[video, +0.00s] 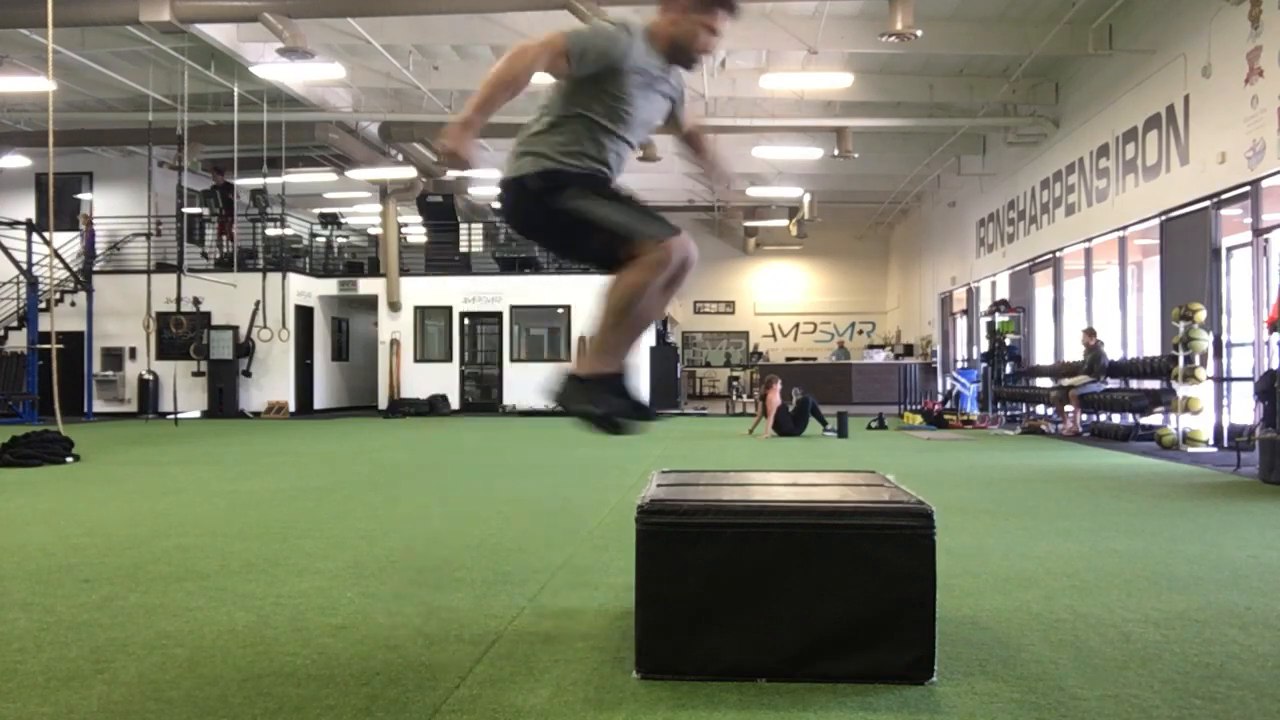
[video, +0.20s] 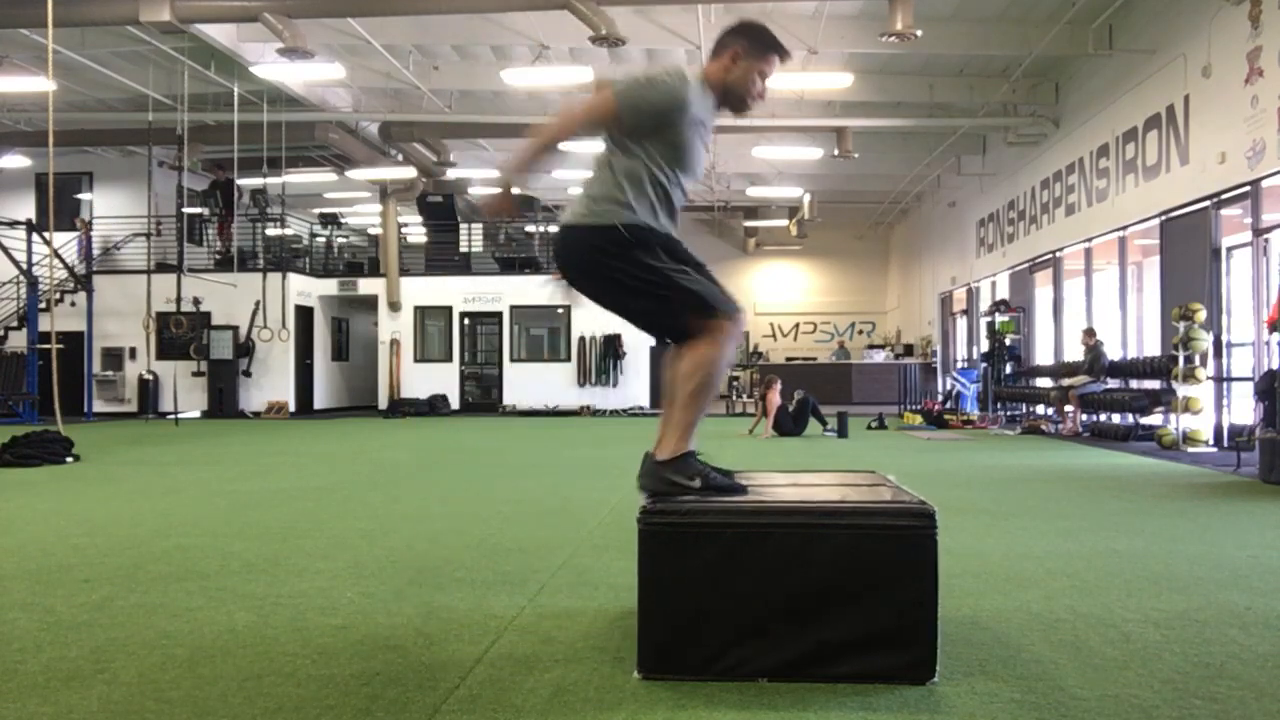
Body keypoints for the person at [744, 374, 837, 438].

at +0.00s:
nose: (780, 386)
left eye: (780, 384)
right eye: (779, 384)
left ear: (769, 385)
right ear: (774, 385)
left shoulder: (765, 396)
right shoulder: (774, 396)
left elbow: (759, 415)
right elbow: (770, 416)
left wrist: (751, 430)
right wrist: (766, 433)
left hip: (784, 430)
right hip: (792, 431)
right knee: (807, 399)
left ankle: (795, 404)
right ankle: (826, 427)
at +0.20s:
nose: (780, 386)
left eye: (780, 384)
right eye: (779, 384)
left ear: (768, 385)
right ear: (773, 385)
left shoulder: (765, 395)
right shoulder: (774, 395)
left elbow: (759, 415)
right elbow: (770, 415)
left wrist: (751, 430)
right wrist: (767, 433)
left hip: (784, 430)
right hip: (792, 431)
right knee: (807, 399)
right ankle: (826, 427)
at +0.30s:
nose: (780, 386)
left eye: (780, 384)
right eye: (779, 384)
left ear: (769, 385)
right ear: (773, 385)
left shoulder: (765, 395)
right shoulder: (773, 395)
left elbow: (759, 415)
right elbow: (770, 415)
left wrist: (751, 430)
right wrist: (767, 433)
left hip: (785, 430)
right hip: (792, 430)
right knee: (808, 400)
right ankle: (826, 427)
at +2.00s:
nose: (780, 386)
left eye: (780, 384)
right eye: (779, 384)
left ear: (769, 385)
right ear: (773, 385)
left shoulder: (766, 395)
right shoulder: (773, 396)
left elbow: (759, 415)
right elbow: (770, 415)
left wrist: (751, 430)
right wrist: (767, 433)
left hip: (785, 430)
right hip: (792, 431)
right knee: (807, 399)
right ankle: (826, 426)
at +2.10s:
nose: (780, 386)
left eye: (779, 384)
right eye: (778, 384)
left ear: (768, 385)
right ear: (773, 385)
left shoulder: (765, 396)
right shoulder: (773, 396)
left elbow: (759, 415)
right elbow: (770, 416)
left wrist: (751, 430)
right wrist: (766, 433)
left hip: (785, 430)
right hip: (792, 430)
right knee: (807, 400)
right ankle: (826, 426)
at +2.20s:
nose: (780, 386)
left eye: (779, 384)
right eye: (778, 384)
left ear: (768, 385)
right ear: (773, 385)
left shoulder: (765, 396)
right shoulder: (773, 396)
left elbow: (759, 415)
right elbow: (770, 415)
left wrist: (751, 430)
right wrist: (766, 433)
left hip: (785, 430)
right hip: (792, 430)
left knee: (805, 399)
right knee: (807, 400)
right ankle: (826, 426)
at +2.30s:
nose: (780, 386)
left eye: (779, 384)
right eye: (778, 384)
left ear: (768, 385)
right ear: (773, 385)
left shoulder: (765, 396)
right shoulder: (773, 396)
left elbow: (759, 415)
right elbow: (770, 416)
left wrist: (751, 430)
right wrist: (766, 433)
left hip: (785, 430)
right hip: (792, 431)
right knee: (807, 399)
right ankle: (826, 426)